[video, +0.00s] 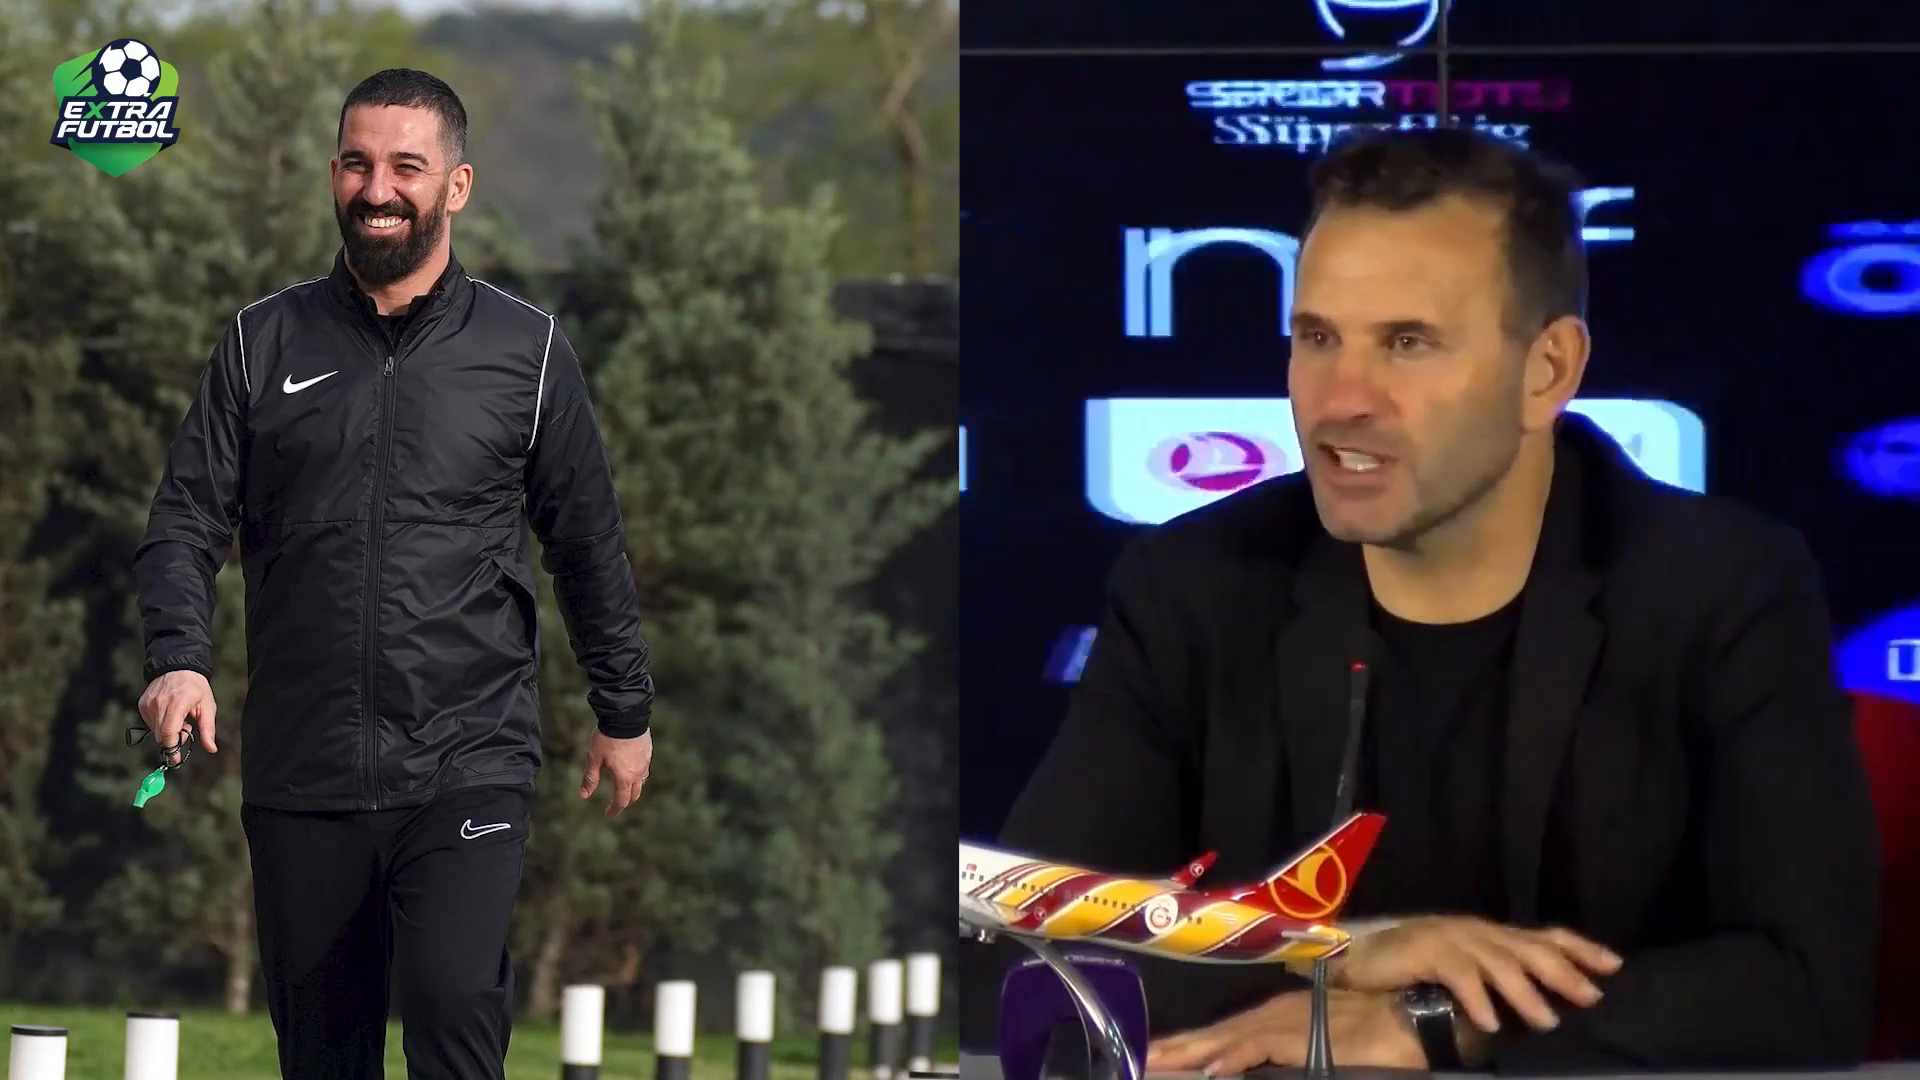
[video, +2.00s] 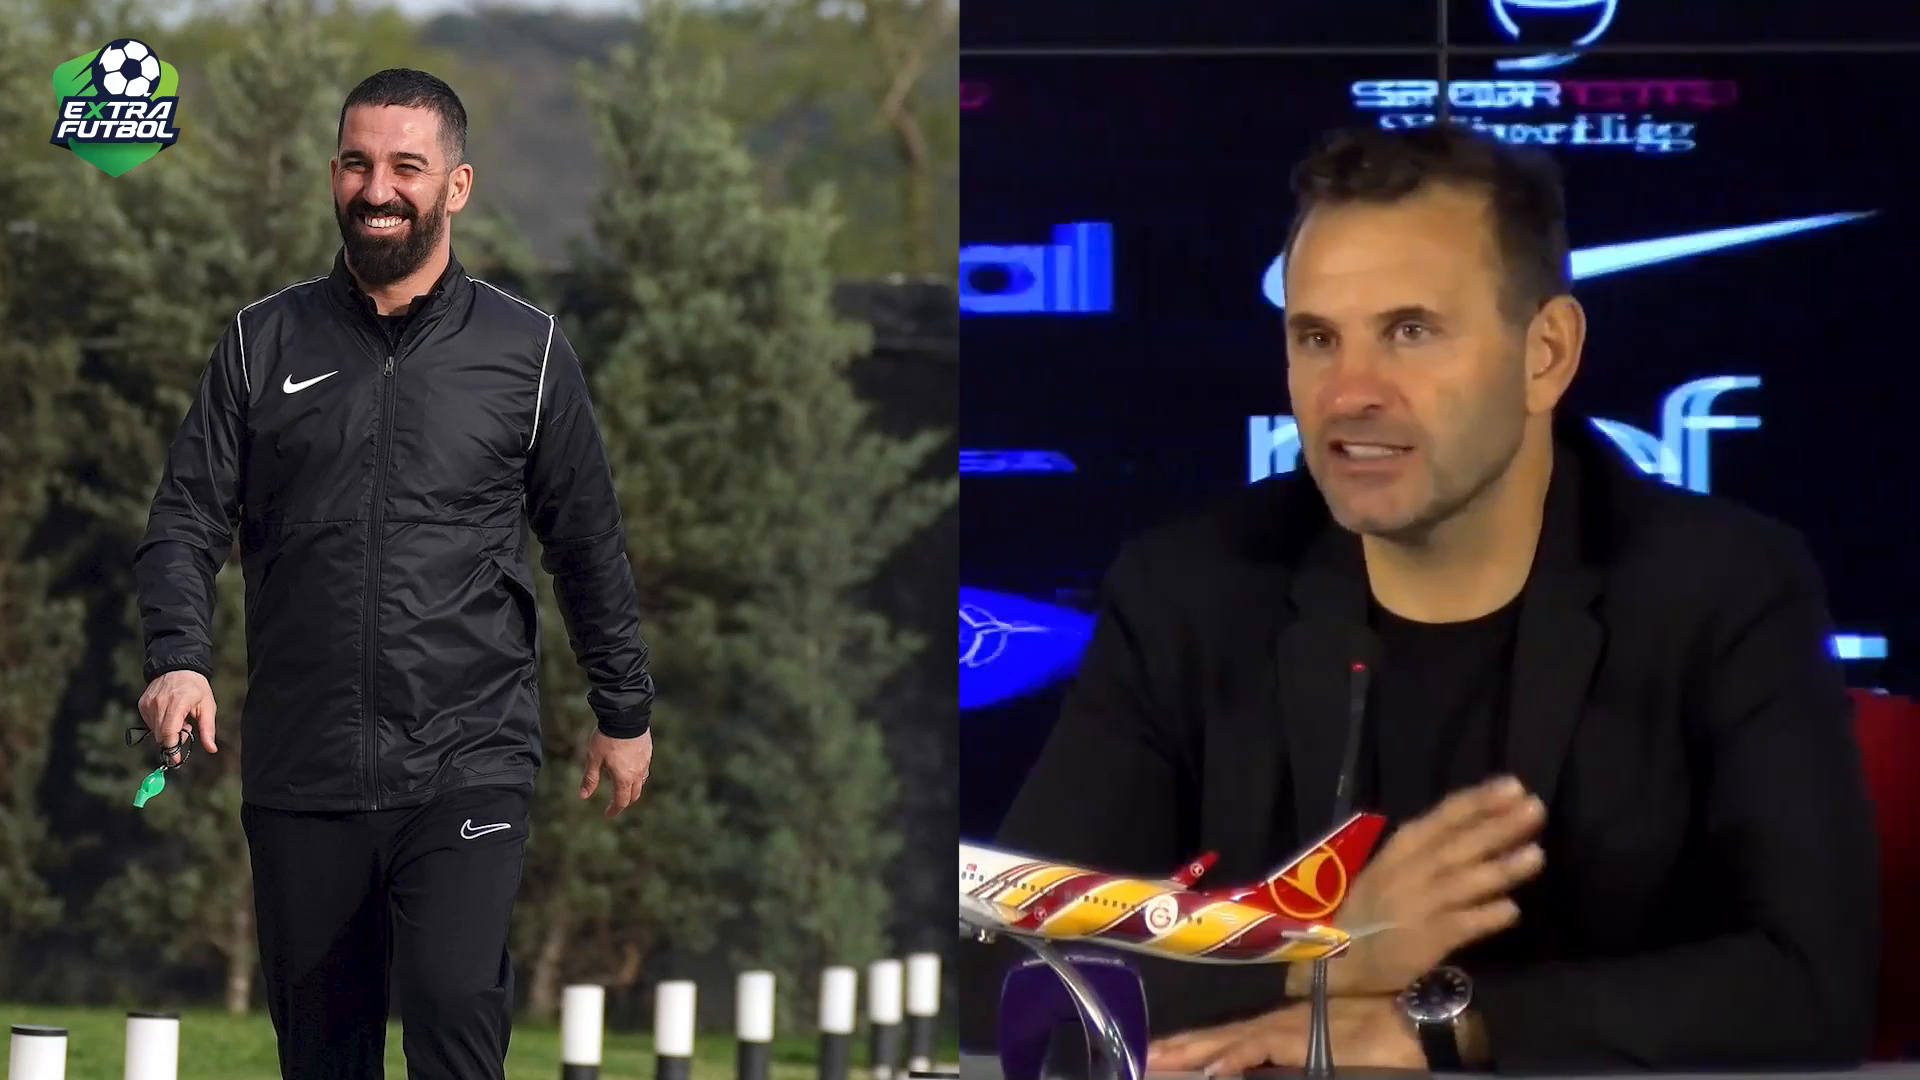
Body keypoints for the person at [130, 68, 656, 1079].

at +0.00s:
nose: (376, 187)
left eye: (405, 164)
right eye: (356, 162)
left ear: (458, 185)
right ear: (334, 176)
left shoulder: (529, 349)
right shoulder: (259, 343)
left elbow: (588, 540)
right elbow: (187, 513)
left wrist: (623, 709)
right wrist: (178, 658)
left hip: (472, 752)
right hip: (302, 755)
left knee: (455, 1018)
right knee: (320, 1042)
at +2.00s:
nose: (375, 187)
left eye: (405, 164)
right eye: (356, 162)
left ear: (458, 185)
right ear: (334, 177)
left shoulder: (530, 350)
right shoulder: (259, 342)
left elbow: (588, 541)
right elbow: (187, 513)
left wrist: (623, 708)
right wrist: (177, 658)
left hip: (472, 752)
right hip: (301, 755)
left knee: (455, 1018)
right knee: (320, 1043)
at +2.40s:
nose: (375, 187)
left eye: (405, 164)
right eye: (356, 162)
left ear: (458, 185)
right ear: (334, 177)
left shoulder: (530, 350)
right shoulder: (259, 342)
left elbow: (588, 541)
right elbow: (187, 513)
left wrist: (623, 708)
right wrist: (177, 658)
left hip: (472, 752)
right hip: (301, 755)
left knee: (455, 1018)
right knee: (320, 1043)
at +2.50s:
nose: (375, 187)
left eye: (405, 164)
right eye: (356, 162)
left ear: (458, 185)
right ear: (334, 177)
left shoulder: (530, 350)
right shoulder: (259, 342)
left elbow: (588, 541)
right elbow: (187, 513)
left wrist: (623, 708)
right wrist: (177, 658)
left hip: (472, 752)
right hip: (301, 755)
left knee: (455, 1018)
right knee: (320, 1043)